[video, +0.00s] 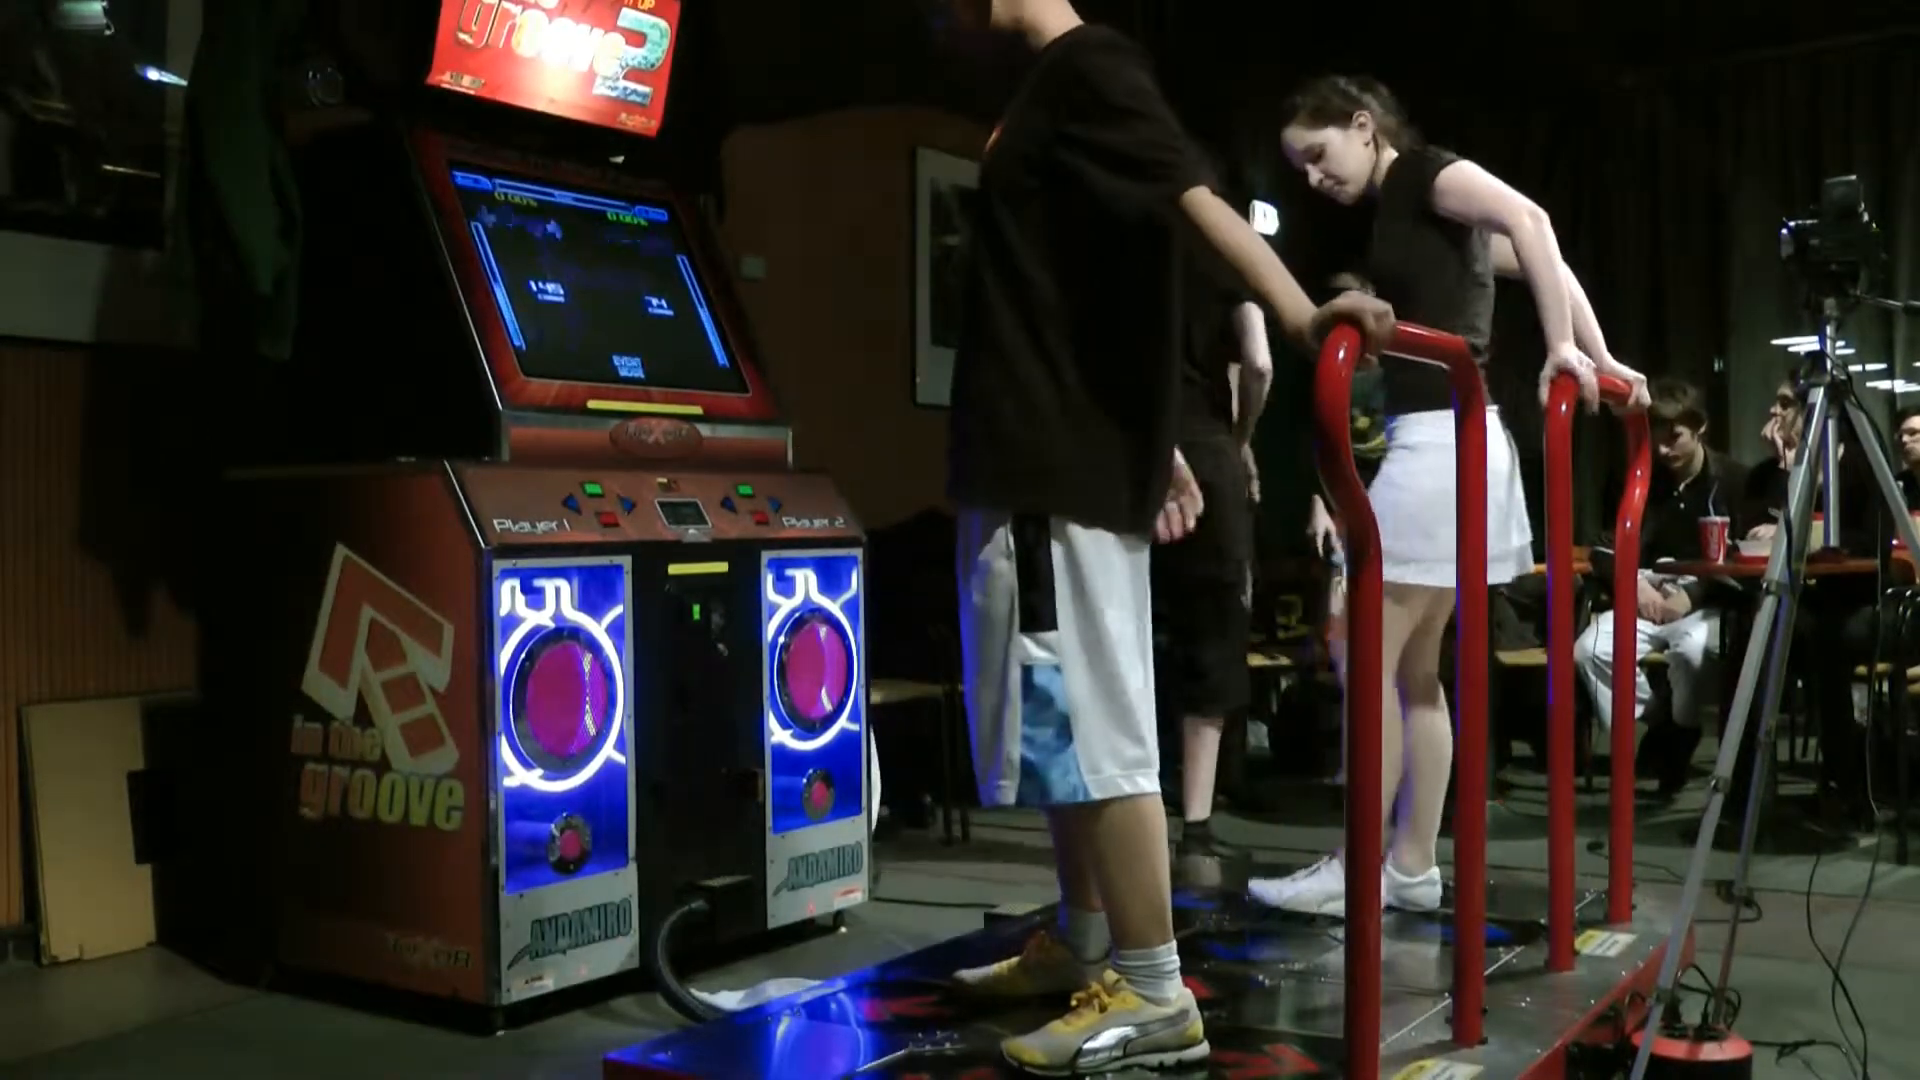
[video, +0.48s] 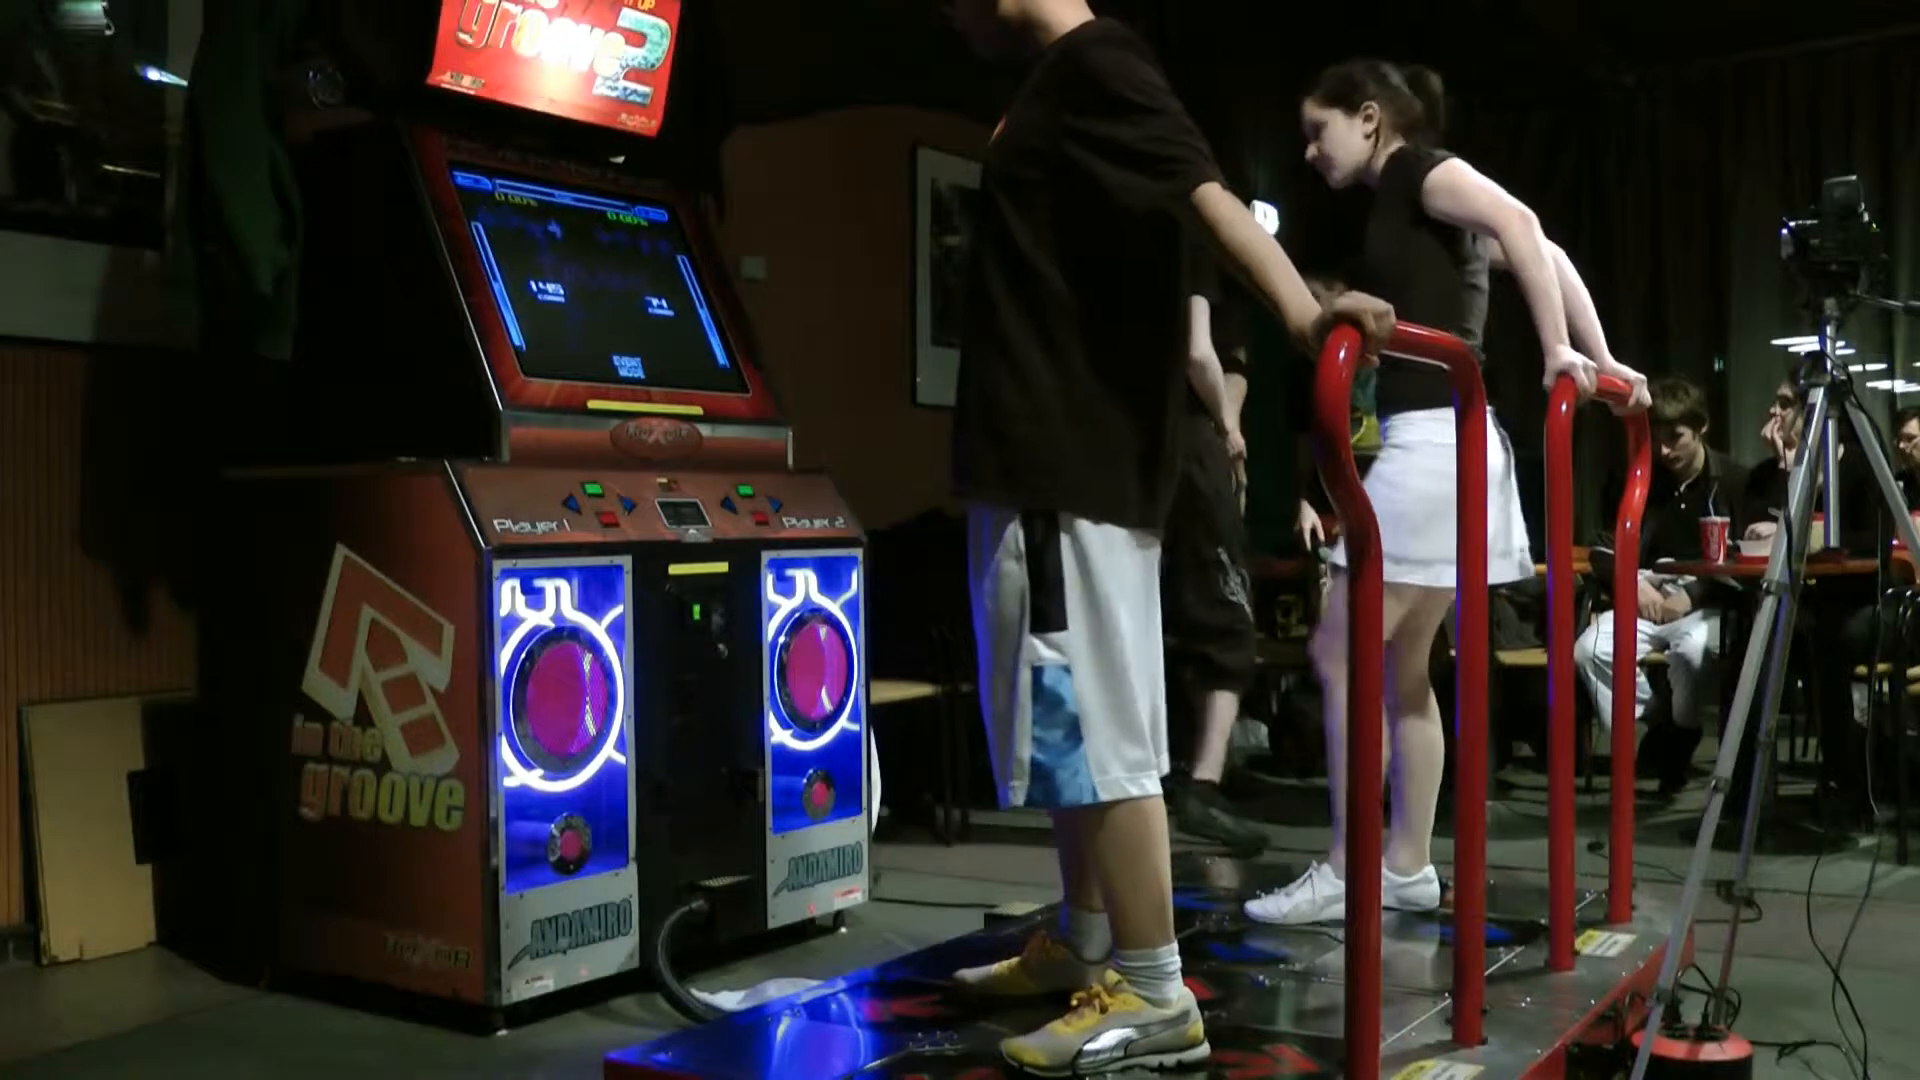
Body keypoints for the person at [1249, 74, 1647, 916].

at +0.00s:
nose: (1314, 175)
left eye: (1318, 154)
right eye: (1303, 163)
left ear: (1366, 127)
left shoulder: (1423, 177)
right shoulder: (1410, 210)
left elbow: (1527, 221)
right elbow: (1551, 260)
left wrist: (1557, 345)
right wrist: (1599, 357)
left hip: (1435, 449)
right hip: (1459, 450)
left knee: (1367, 653)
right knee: (1421, 673)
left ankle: (1356, 862)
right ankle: (1413, 864)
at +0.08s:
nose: (1314, 177)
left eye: (1319, 155)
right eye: (1303, 165)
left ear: (1366, 128)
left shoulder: (1421, 176)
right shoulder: (1408, 207)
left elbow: (1526, 224)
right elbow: (1550, 257)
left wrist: (1558, 347)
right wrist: (1601, 357)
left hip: (1440, 449)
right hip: (1464, 449)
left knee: (1378, 665)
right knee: (1426, 676)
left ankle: (1358, 863)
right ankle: (1414, 866)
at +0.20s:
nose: (1316, 179)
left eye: (1320, 157)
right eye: (1305, 167)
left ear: (1368, 128)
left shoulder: (1422, 175)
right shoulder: (1408, 203)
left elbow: (1528, 225)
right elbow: (1551, 254)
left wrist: (1558, 349)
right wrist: (1600, 356)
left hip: (1445, 449)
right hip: (1463, 448)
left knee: (1381, 666)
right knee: (1423, 677)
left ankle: (1358, 863)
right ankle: (1415, 866)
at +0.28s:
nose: (1315, 177)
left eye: (1320, 155)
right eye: (1304, 165)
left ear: (1370, 129)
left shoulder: (1423, 176)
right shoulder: (1407, 205)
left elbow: (1528, 224)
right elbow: (1555, 254)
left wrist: (1558, 348)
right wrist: (1602, 358)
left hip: (1444, 450)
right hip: (1451, 449)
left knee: (1382, 669)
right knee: (1416, 678)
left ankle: (1348, 871)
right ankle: (1409, 868)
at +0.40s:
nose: (1311, 163)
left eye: (1319, 142)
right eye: (1305, 148)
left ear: (1372, 127)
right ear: (1369, 136)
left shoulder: (1419, 176)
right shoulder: (1409, 198)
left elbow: (1524, 227)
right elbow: (1559, 255)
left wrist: (1560, 352)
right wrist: (1603, 358)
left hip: (1436, 450)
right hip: (1447, 449)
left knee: (1369, 659)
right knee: (1409, 670)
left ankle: (1350, 870)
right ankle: (1408, 866)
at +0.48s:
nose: (1312, 150)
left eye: (1320, 130)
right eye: (1308, 135)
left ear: (1373, 119)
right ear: (1376, 125)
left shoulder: (1414, 172)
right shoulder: (1412, 188)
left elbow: (1517, 227)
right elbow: (1552, 251)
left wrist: (1558, 356)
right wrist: (1601, 358)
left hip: (1424, 447)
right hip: (1448, 448)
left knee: (1338, 655)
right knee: (1408, 672)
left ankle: (1350, 866)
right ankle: (1408, 868)